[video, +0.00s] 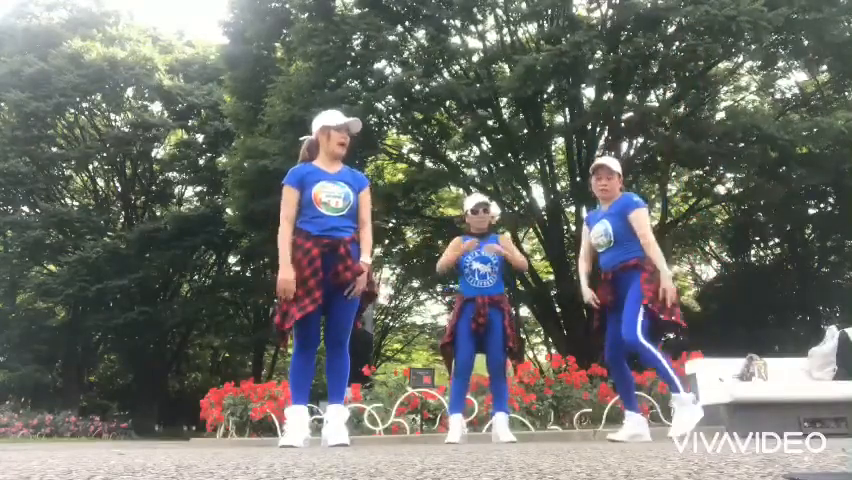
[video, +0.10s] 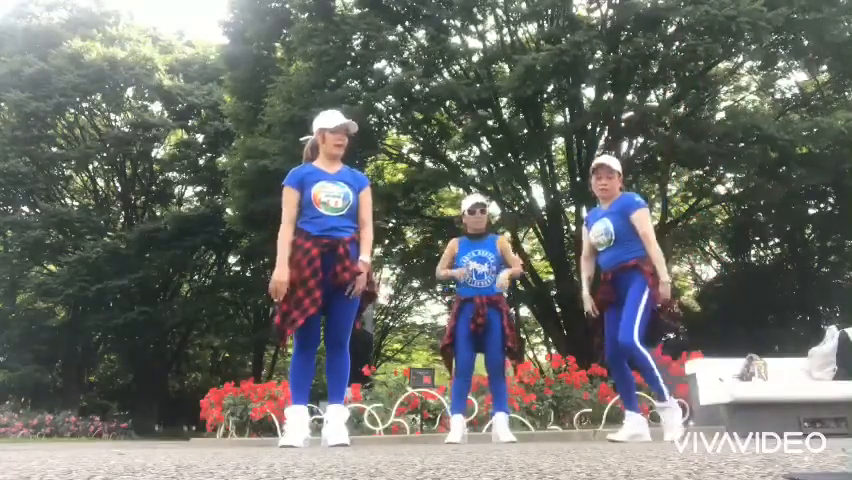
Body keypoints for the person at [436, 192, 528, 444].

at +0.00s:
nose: (481, 215)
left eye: (485, 211)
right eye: (475, 211)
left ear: (492, 215)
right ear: (466, 216)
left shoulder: (502, 239)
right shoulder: (460, 242)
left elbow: (523, 266)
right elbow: (441, 268)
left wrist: (505, 253)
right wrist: (461, 251)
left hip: (496, 305)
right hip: (468, 305)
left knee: (497, 364)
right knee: (463, 363)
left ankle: (501, 423)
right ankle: (456, 422)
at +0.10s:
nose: (478, 216)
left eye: (482, 211)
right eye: (472, 212)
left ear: (488, 215)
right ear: (463, 217)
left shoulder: (499, 242)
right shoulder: (456, 244)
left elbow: (518, 267)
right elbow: (439, 272)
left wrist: (507, 273)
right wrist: (455, 273)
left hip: (494, 306)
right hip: (466, 306)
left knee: (496, 365)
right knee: (463, 364)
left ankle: (501, 423)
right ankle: (457, 423)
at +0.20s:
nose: (471, 216)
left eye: (476, 212)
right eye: (466, 213)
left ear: (483, 217)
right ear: (458, 218)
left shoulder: (494, 243)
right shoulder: (450, 246)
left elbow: (508, 273)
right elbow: (439, 276)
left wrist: (509, 301)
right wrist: (444, 298)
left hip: (490, 306)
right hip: (460, 307)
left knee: (492, 364)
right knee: (461, 366)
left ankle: (500, 421)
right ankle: (457, 423)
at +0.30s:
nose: (468, 216)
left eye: (472, 212)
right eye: (462, 213)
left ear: (478, 217)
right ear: (454, 219)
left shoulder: (490, 244)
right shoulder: (446, 247)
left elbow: (502, 277)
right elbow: (437, 281)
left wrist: (509, 306)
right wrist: (436, 309)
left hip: (486, 306)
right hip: (456, 307)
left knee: (490, 364)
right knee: (459, 366)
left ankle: (500, 420)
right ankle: (457, 423)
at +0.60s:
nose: (461, 217)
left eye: (466, 213)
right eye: (456, 213)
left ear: (472, 217)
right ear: (448, 218)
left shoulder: (485, 245)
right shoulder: (441, 246)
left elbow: (493, 278)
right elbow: (429, 280)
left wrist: (497, 303)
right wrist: (424, 309)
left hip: (482, 306)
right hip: (454, 307)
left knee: (489, 359)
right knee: (456, 365)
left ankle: (494, 417)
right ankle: (457, 420)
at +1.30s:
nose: (464, 211)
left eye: (468, 208)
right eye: (458, 208)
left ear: (475, 213)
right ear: (450, 214)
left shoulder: (488, 242)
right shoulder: (443, 239)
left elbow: (495, 275)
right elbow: (430, 269)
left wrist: (499, 302)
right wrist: (435, 297)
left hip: (484, 304)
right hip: (455, 303)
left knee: (486, 362)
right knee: (457, 360)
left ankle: (489, 421)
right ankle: (451, 420)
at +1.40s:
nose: (463, 212)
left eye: (467, 208)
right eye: (457, 209)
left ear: (474, 212)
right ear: (450, 214)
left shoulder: (488, 242)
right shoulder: (443, 240)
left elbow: (494, 276)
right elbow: (430, 271)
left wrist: (497, 305)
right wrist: (434, 300)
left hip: (484, 304)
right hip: (455, 304)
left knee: (488, 360)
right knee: (454, 362)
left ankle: (490, 420)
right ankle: (451, 421)